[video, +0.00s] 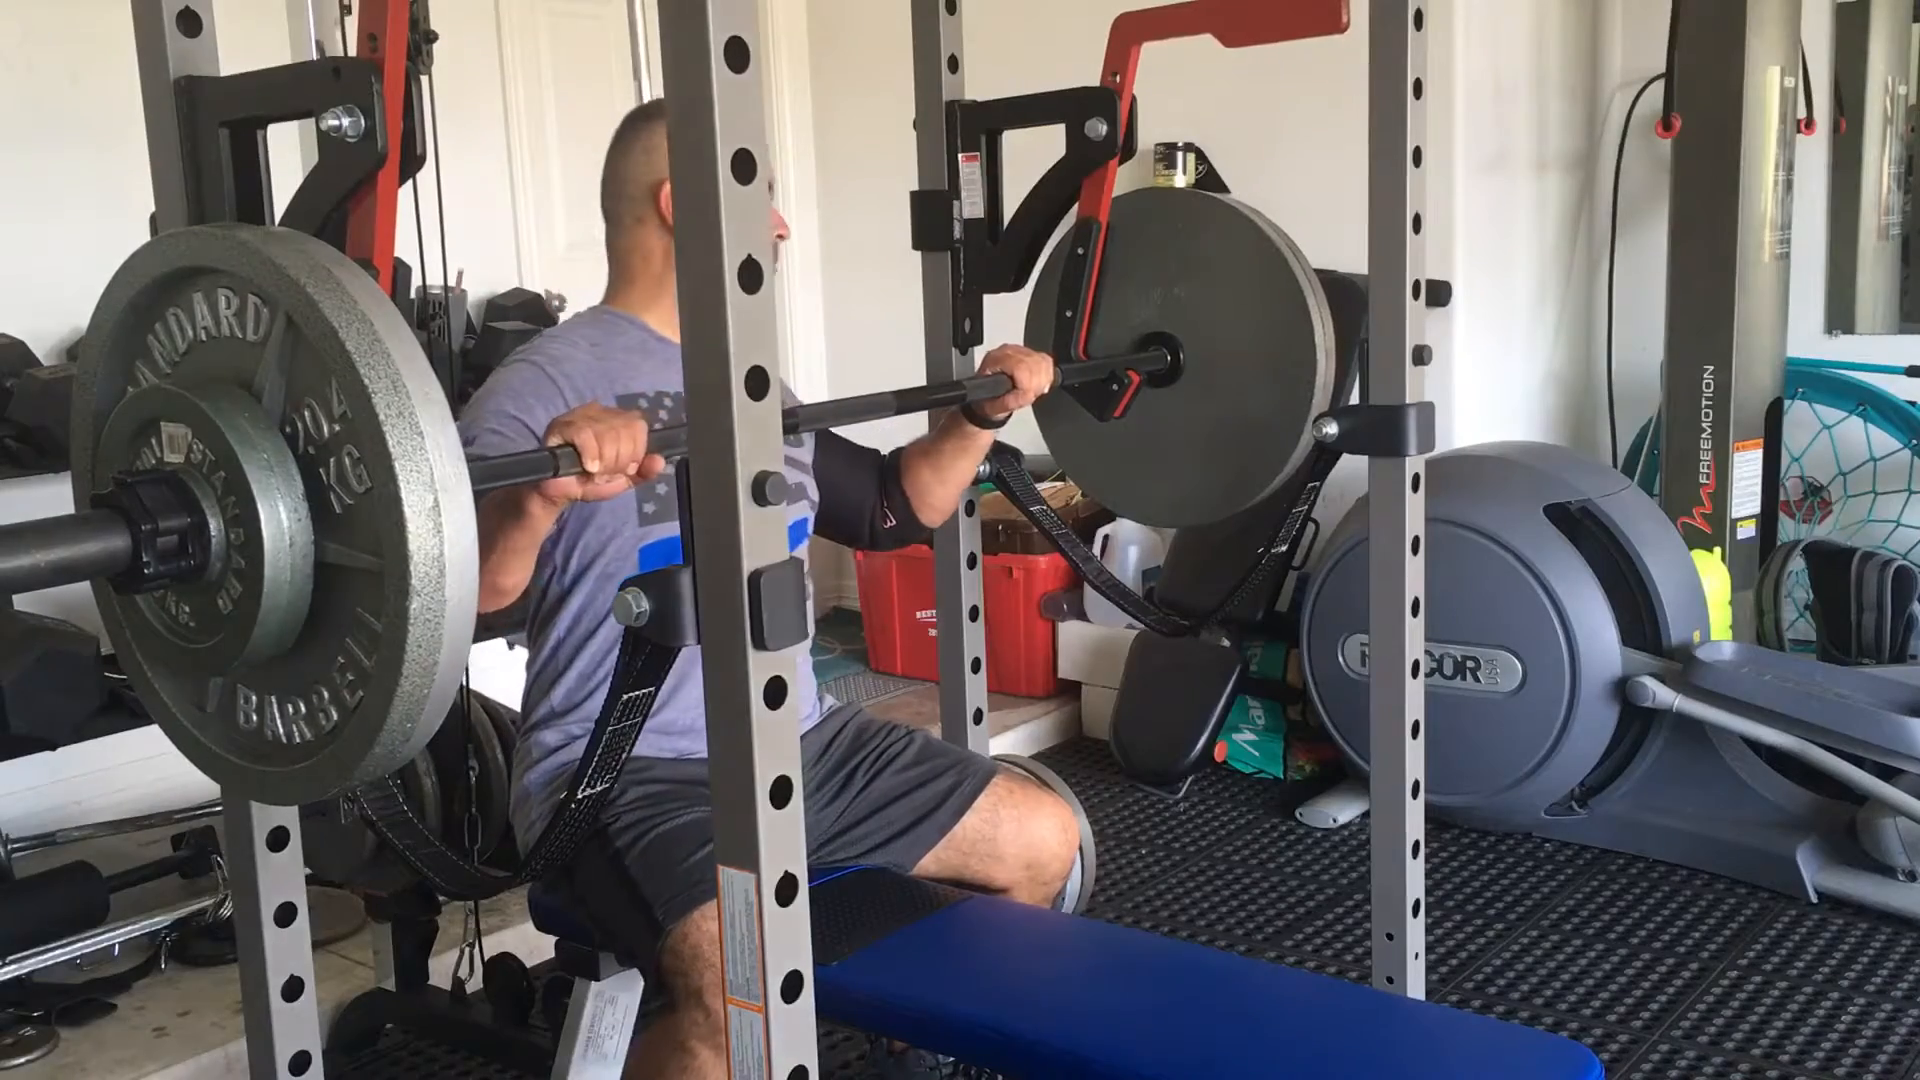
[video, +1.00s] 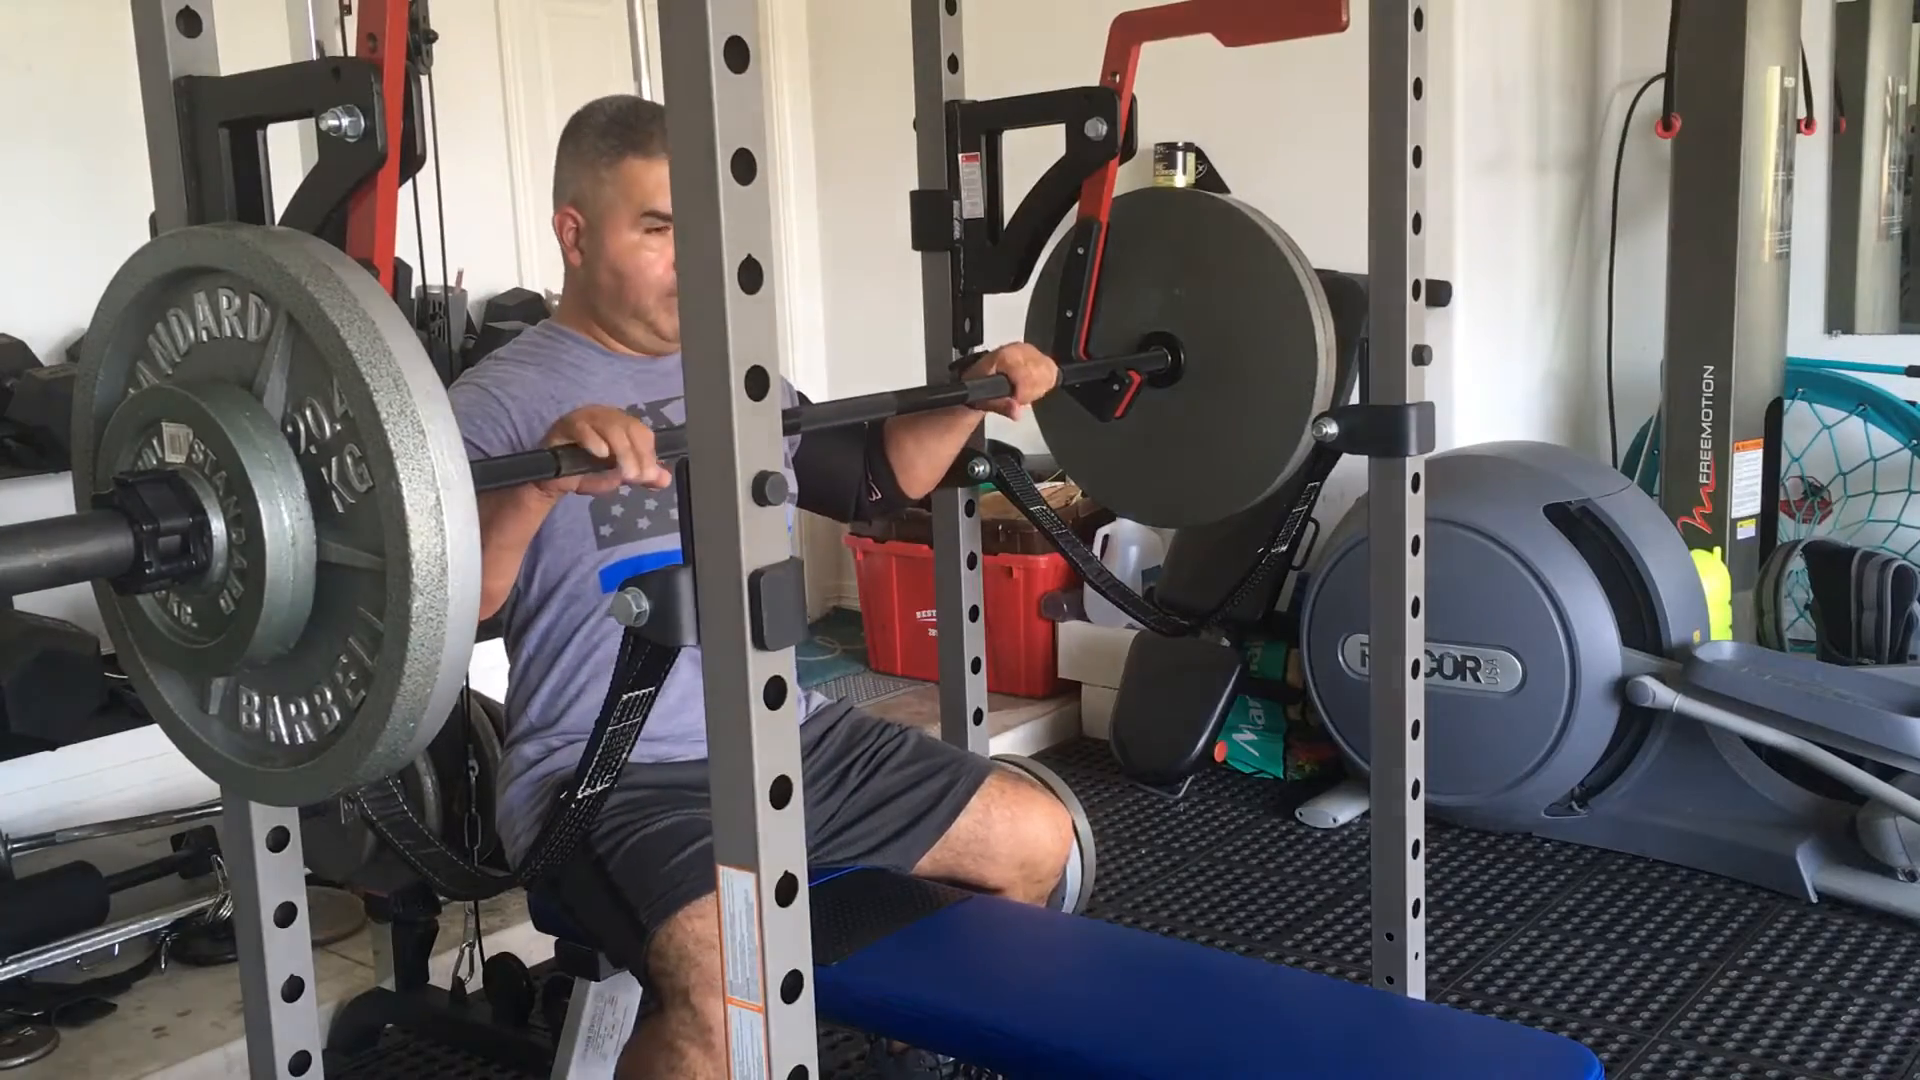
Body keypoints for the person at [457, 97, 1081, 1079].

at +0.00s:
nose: (783, 228)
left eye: (776, 197)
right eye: (755, 194)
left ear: (665, 206)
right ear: (670, 203)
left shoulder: (747, 380)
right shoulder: (542, 381)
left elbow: (891, 507)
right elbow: (478, 603)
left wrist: (978, 411)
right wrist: (544, 492)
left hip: (792, 736)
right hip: (621, 768)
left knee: (1040, 837)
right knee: (743, 967)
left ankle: (954, 1049)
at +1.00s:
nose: (690, 257)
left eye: (701, 227)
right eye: (657, 227)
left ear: (725, 237)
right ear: (574, 236)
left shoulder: (725, 371)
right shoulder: (503, 393)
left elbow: (871, 480)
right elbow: (461, 607)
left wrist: (972, 394)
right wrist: (545, 472)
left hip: (779, 732)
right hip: (609, 768)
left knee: (1033, 834)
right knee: (729, 968)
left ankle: (964, 1047)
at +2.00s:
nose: (703, 252)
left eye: (709, 224)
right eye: (668, 226)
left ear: (733, 235)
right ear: (584, 246)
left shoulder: (734, 373)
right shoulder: (495, 386)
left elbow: (866, 477)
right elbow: (440, 603)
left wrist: (973, 396)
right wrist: (537, 487)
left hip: (764, 726)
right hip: (590, 757)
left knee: (1028, 800)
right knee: (717, 900)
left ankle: (1126, 1050)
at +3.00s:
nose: (659, 214)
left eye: (664, 190)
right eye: (617, 195)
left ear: (681, 201)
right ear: (543, 238)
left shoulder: (722, 349)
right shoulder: (479, 376)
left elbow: (850, 477)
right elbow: (413, 586)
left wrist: (952, 404)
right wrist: (513, 480)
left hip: (790, 719)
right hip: (612, 765)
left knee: (1047, 838)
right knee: (735, 935)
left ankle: (1175, 1050)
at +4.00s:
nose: (712, 659)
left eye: (721, 648)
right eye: (704, 671)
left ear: (824, 661)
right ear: (723, 728)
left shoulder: (986, 657)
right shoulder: (807, 784)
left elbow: (1097, 606)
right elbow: (636, 774)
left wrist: (1024, 440)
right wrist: (597, 538)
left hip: (1334, 761)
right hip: (1186, 856)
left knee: (1719, 993)